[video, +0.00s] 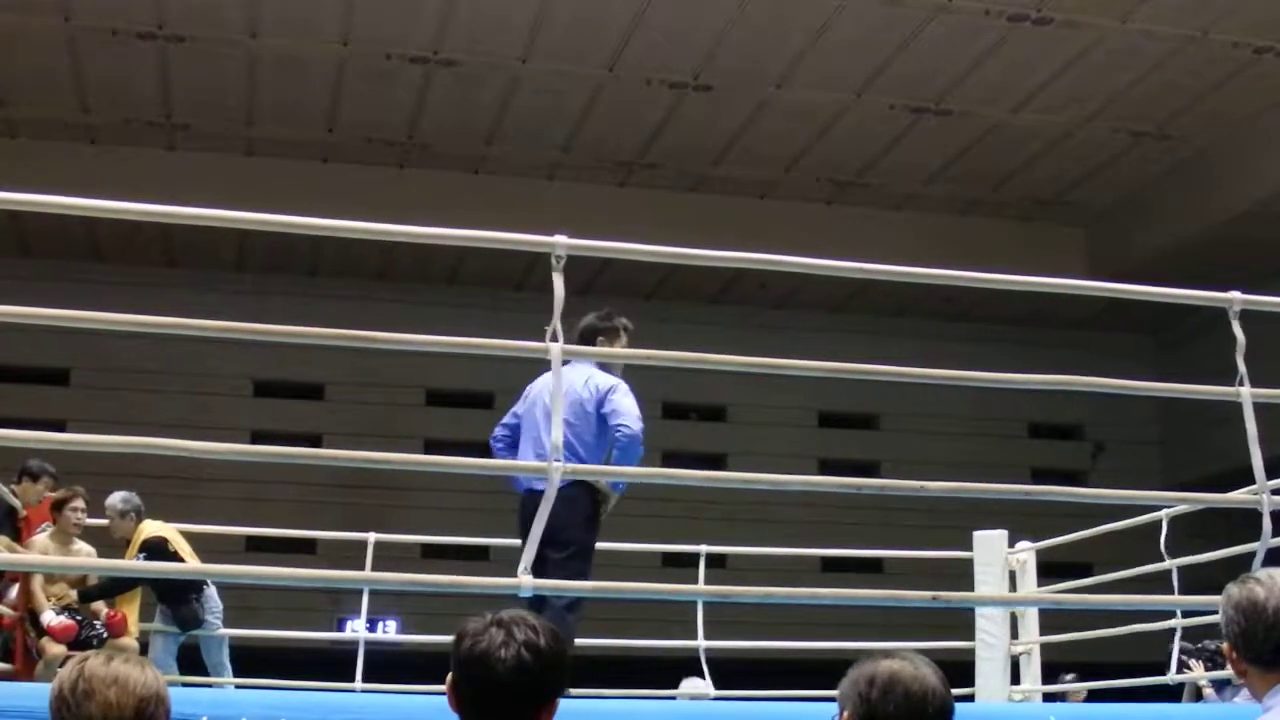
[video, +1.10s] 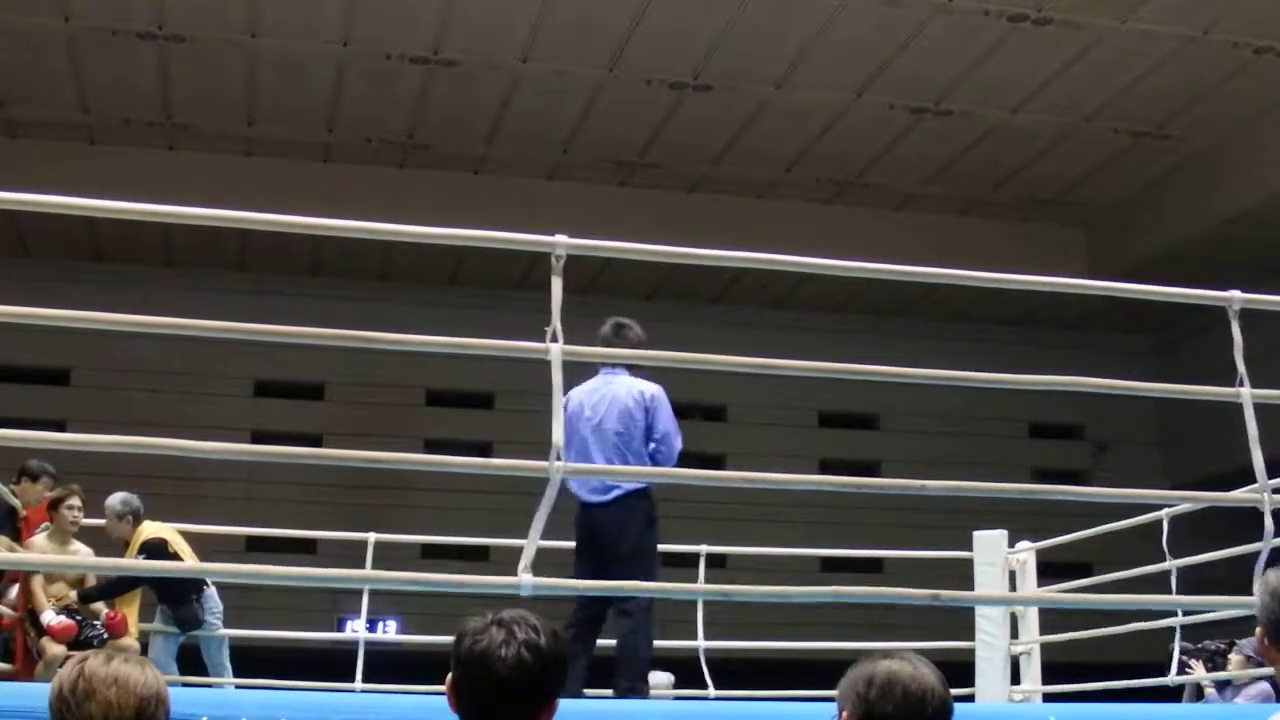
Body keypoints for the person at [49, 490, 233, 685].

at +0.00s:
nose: (108, 524)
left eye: (111, 519)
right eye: (107, 519)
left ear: (131, 519)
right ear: (130, 519)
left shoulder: (155, 541)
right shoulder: (140, 537)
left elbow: (126, 582)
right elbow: (125, 580)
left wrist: (79, 596)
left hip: (201, 600)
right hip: (170, 603)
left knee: (218, 666)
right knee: (160, 661)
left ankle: (231, 714)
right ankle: (174, 711)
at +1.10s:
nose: (105, 524)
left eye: (109, 519)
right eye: (106, 518)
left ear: (127, 521)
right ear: (127, 521)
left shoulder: (154, 542)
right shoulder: (136, 540)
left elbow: (125, 584)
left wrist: (79, 596)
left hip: (202, 601)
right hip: (170, 603)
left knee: (218, 666)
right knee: (160, 660)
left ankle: (229, 711)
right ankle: (177, 709)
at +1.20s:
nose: (105, 524)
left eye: (109, 518)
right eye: (106, 518)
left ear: (128, 520)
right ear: (128, 520)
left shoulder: (154, 541)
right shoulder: (137, 540)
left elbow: (124, 584)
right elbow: (123, 584)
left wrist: (79, 596)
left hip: (202, 600)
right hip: (171, 603)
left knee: (218, 666)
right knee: (160, 660)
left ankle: (229, 712)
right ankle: (176, 709)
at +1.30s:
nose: (106, 525)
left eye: (109, 519)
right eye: (106, 519)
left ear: (127, 521)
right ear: (127, 520)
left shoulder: (154, 542)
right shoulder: (138, 538)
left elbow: (126, 583)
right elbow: (124, 582)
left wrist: (79, 596)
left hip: (202, 600)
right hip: (171, 603)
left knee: (218, 666)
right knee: (160, 660)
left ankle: (229, 712)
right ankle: (176, 709)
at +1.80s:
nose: (106, 525)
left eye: (109, 520)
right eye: (106, 520)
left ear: (128, 521)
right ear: (129, 520)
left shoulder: (154, 543)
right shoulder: (139, 539)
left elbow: (125, 583)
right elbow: (127, 583)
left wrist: (78, 597)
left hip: (202, 600)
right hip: (171, 603)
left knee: (217, 665)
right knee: (160, 660)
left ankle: (230, 713)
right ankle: (173, 709)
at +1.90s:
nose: (105, 525)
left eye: (109, 519)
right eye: (106, 519)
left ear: (128, 520)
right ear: (128, 520)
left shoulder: (154, 543)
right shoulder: (139, 539)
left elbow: (124, 584)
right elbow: (125, 583)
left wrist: (79, 597)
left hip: (202, 600)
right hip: (171, 603)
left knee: (217, 664)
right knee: (159, 660)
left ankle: (230, 712)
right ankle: (175, 708)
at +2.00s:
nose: (106, 525)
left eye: (109, 519)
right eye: (106, 519)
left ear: (127, 520)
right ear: (128, 520)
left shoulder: (154, 542)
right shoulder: (138, 539)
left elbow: (125, 583)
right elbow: (125, 582)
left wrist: (79, 597)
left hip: (202, 600)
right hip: (171, 603)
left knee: (217, 665)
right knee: (160, 660)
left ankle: (230, 712)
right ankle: (175, 708)